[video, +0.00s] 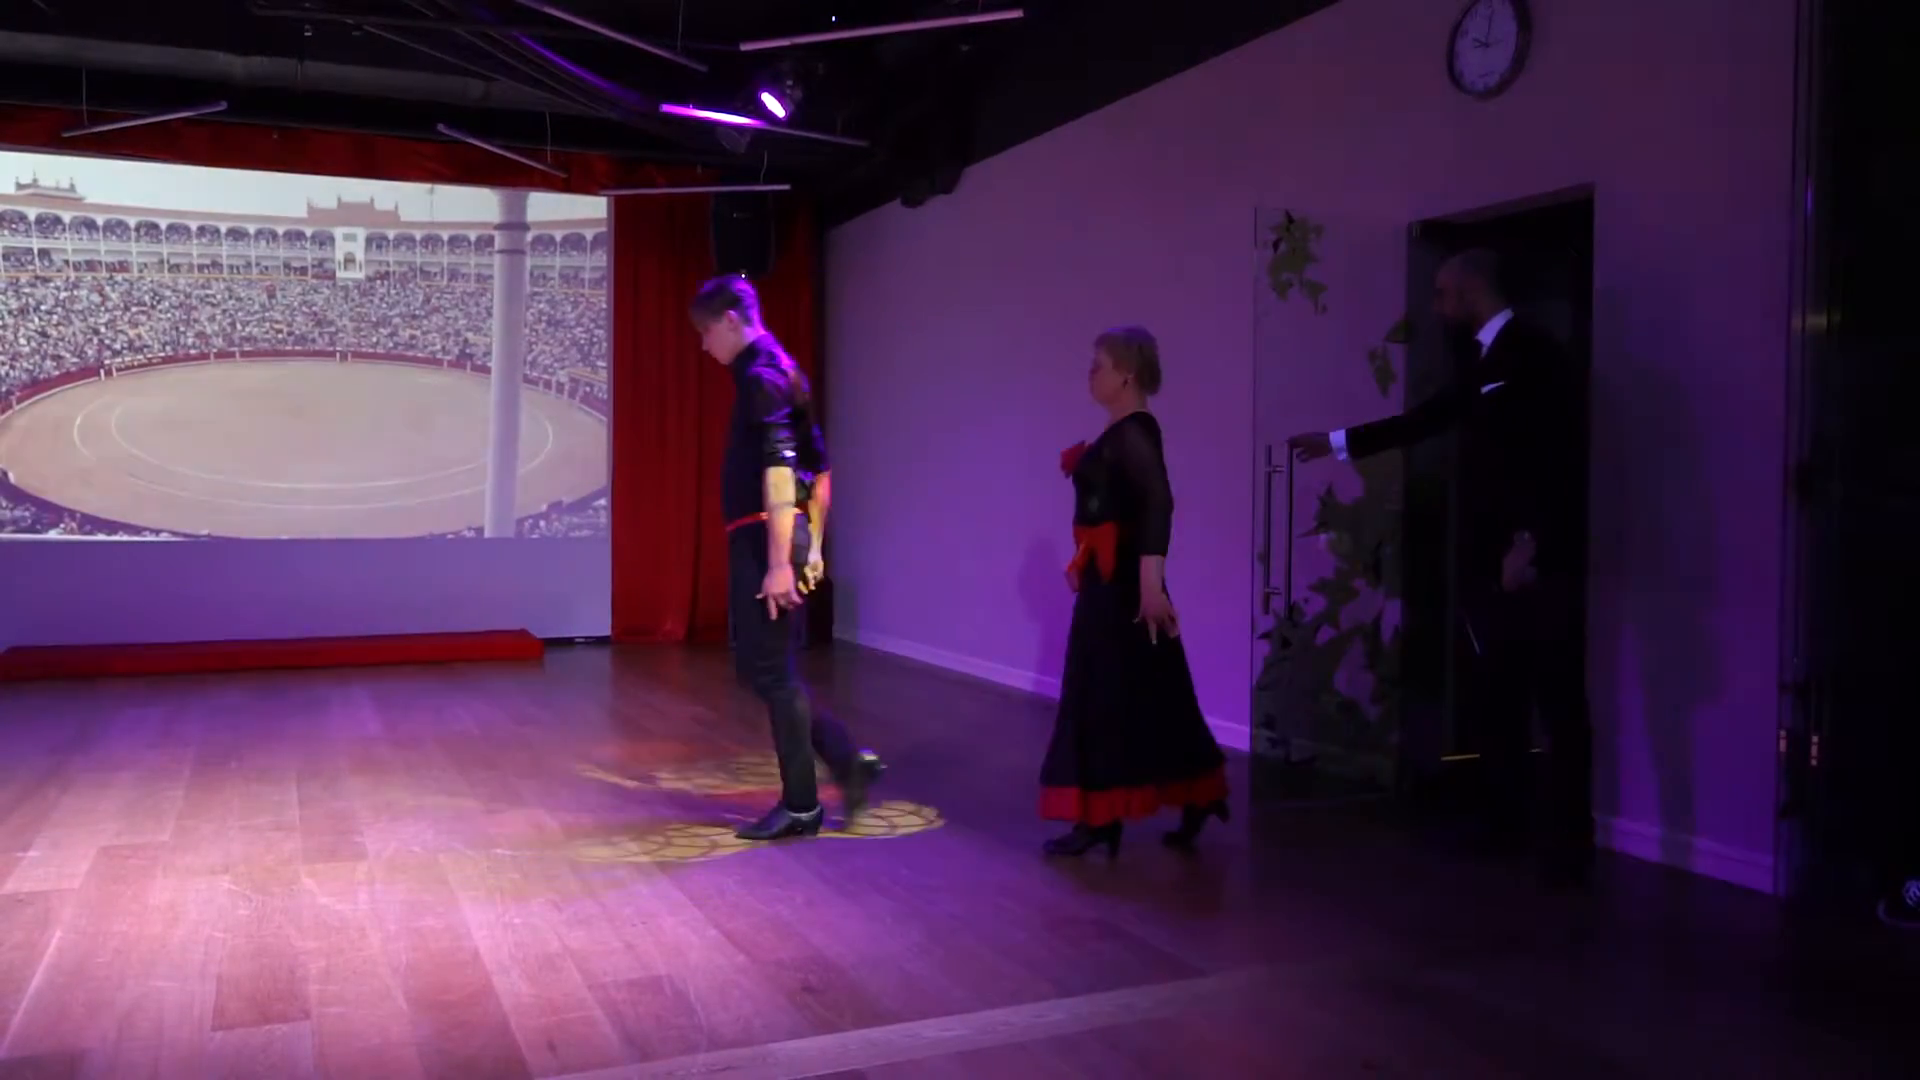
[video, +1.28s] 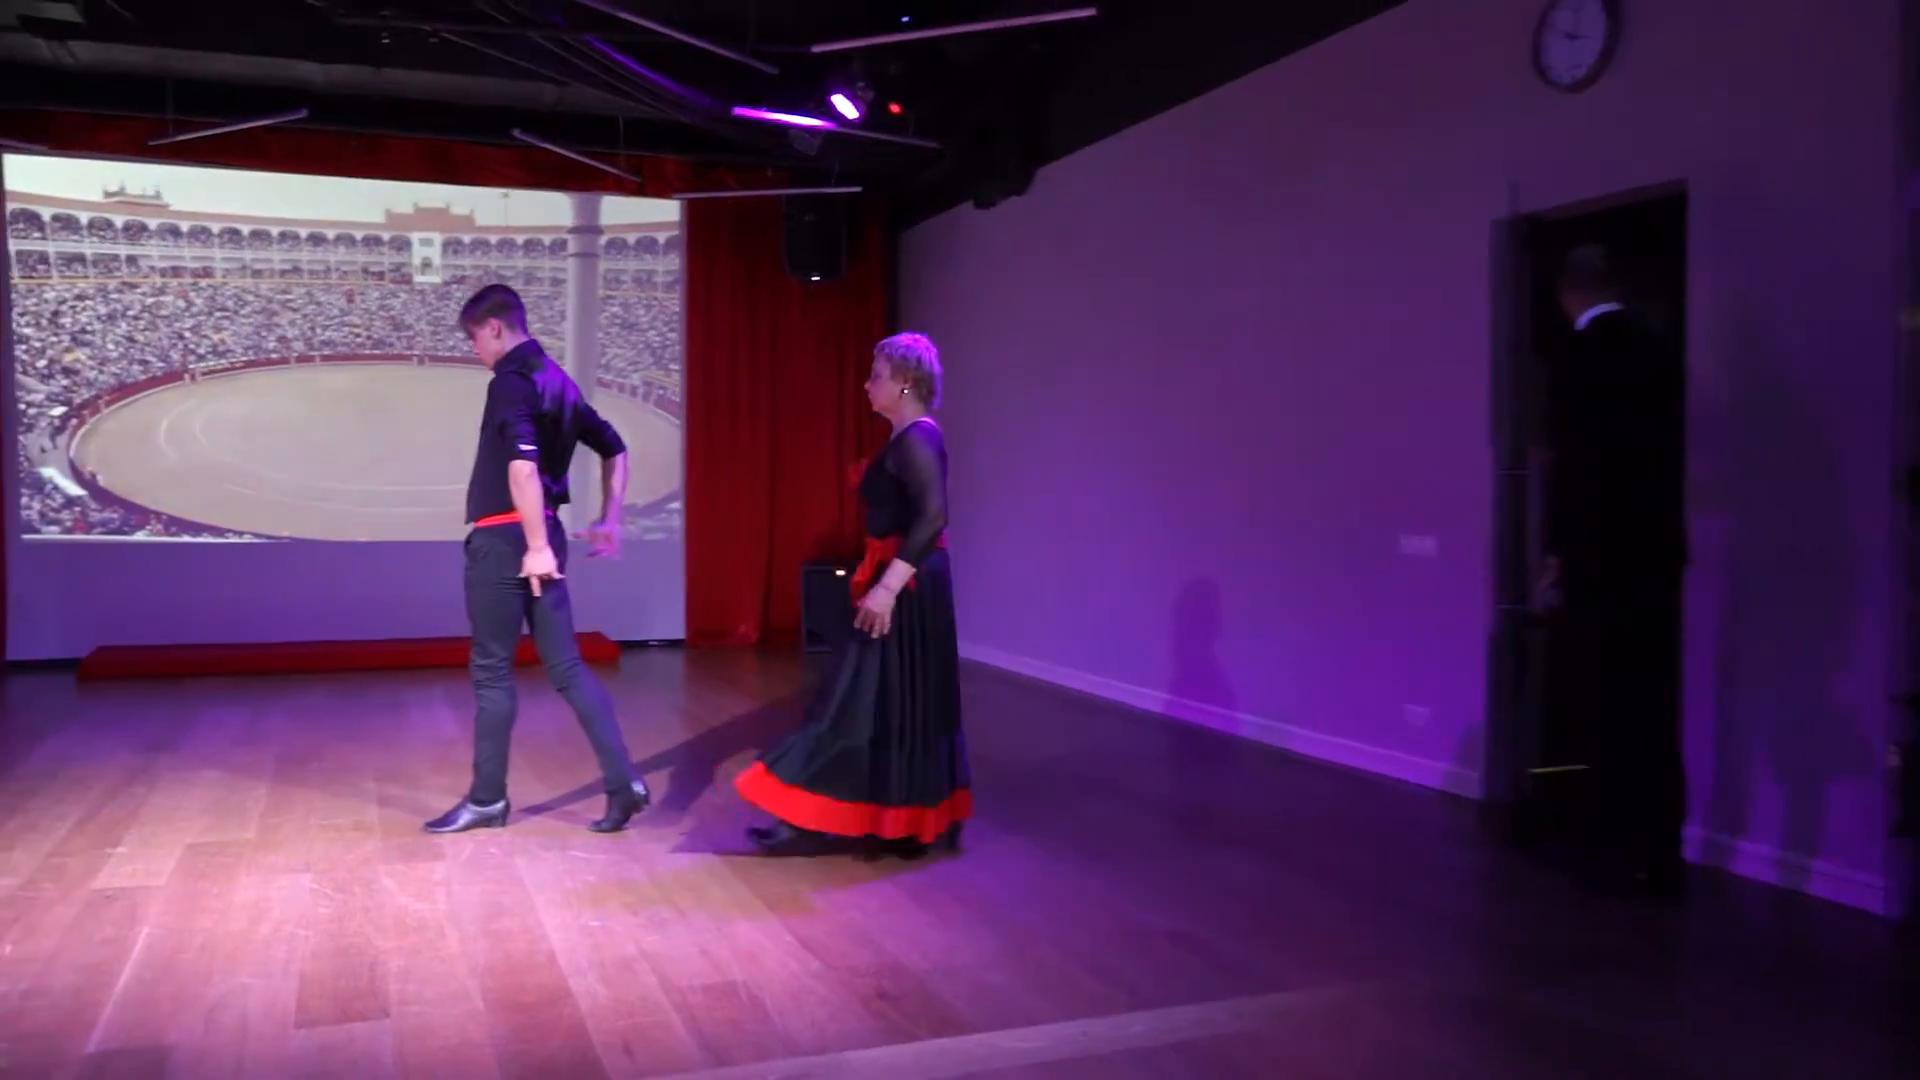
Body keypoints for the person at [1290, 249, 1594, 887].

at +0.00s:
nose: (1440, 304)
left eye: (1445, 291)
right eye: (1439, 293)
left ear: (1475, 288)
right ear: (1468, 291)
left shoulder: (1534, 350)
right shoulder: (1483, 358)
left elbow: (1549, 454)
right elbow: (1424, 422)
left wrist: (1531, 536)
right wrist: (1336, 441)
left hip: (1536, 554)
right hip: (1491, 549)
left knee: (1547, 692)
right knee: (1496, 688)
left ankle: (1560, 836)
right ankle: (1503, 825)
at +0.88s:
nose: (1445, 302)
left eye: (1449, 290)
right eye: (1447, 291)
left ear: (1465, 289)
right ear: (1488, 287)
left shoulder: (1511, 351)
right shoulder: (1491, 349)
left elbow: (1513, 460)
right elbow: (1483, 456)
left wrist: (1498, 546)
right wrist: (1414, 460)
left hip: (1515, 557)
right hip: (1494, 553)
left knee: (1507, 692)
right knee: (1495, 690)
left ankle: (1512, 829)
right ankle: (1496, 824)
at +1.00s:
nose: (1459, 308)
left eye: (1460, 296)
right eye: (1460, 296)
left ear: (1473, 294)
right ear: (1506, 290)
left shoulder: (1511, 356)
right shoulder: (1527, 349)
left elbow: (1507, 463)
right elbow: (1508, 460)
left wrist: (1494, 548)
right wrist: (1444, 465)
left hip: (1521, 554)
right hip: (1530, 546)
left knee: (1511, 693)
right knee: (1521, 691)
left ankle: (1518, 830)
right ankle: (1524, 827)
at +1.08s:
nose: (1481, 310)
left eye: (1483, 299)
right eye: (1483, 298)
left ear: (1494, 299)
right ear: (1532, 290)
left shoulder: (1525, 357)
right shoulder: (1560, 349)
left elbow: (1523, 468)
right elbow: (1534, 463)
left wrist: (1502, 552)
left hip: (1540, 552)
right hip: (1567, 545)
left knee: (1535, 693)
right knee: (1562, 692)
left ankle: (1542, 833)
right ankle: (1570, 833)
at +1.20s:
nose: (1520, 310)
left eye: (1521, 298)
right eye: (1523, 297)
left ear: (1530, 299)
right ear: (1575, 290)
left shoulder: (1549, 361)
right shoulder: (1615, 352)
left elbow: (1546, 475)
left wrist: (1526, 560)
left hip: (1567, 557)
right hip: (1614, 550)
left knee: (1564, 697)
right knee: (1608, 697)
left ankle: (1567, 837)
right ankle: (1613, 838)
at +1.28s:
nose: (1563, 307)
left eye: (1564, 295)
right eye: (1568, 293)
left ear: (1569, 296)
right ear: (1617, 286)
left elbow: (1576, 468)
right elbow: (1657, 464)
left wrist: (1557, 553)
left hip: (1602, 554)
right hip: (1654, 548)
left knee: (1605, 698)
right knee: (1648, 701)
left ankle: (1607, 845)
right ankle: (1653, 846)